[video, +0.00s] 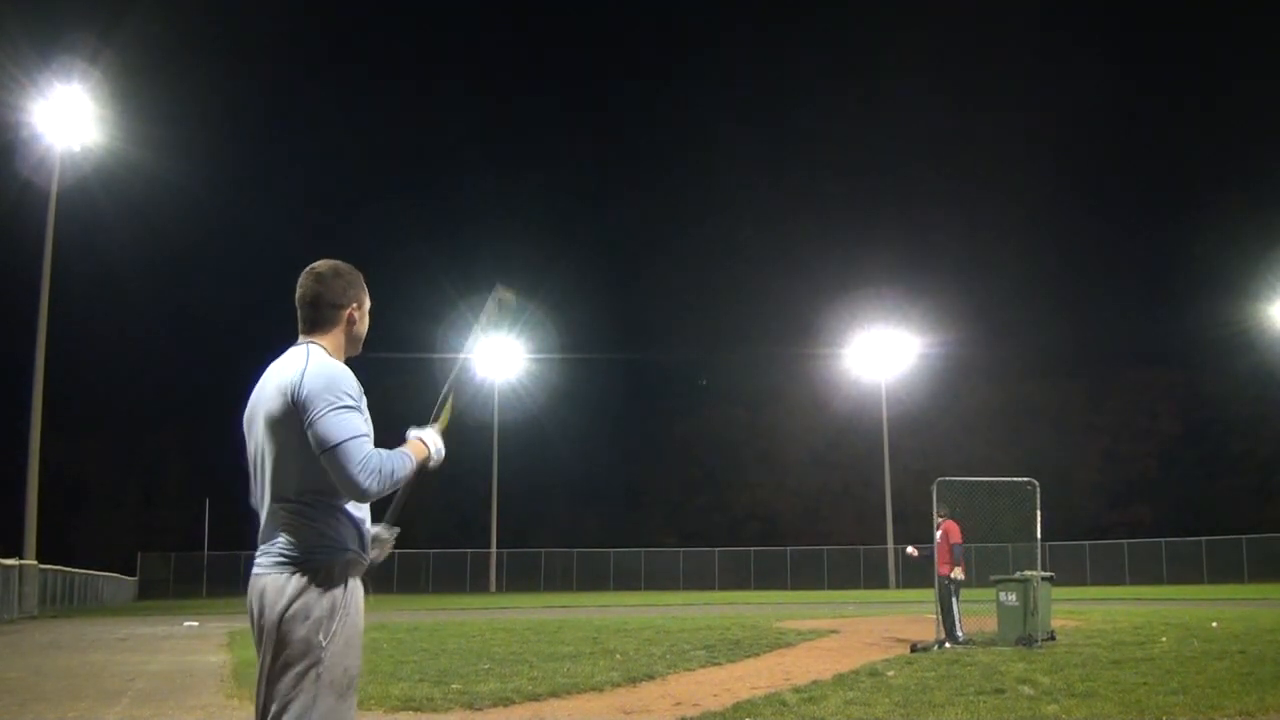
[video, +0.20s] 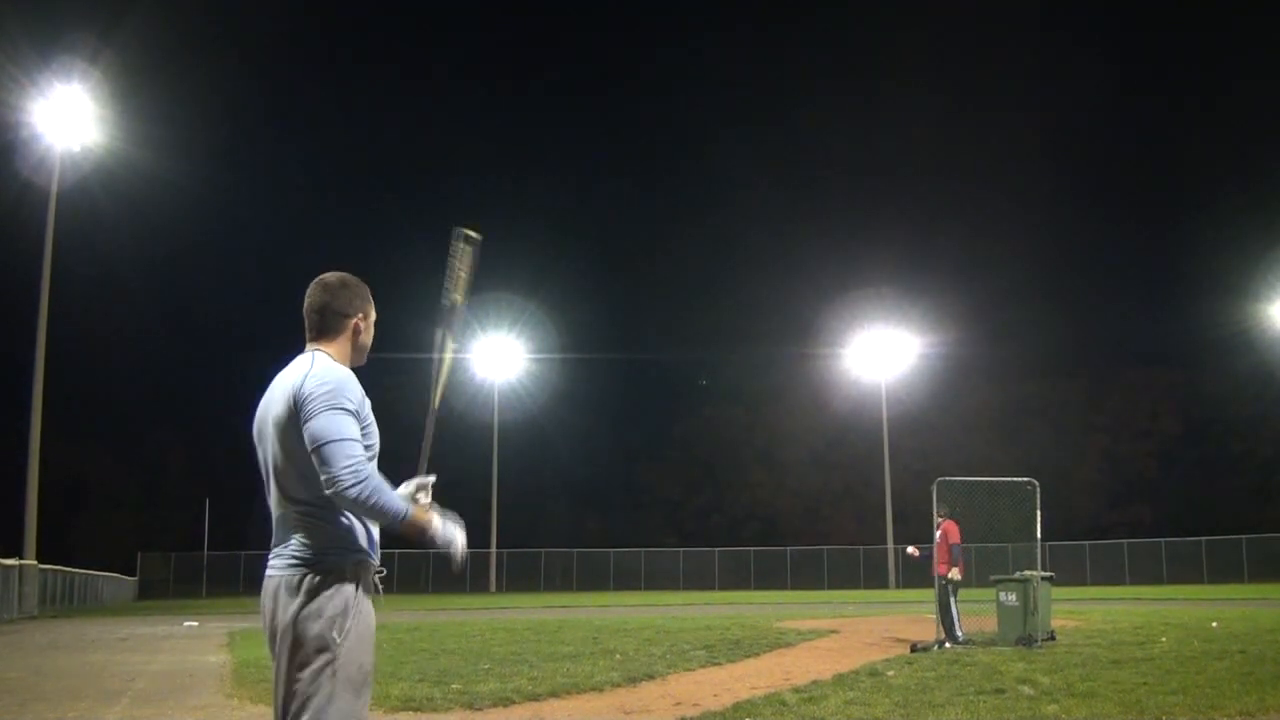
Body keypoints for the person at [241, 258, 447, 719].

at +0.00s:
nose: (367, 321)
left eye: (367, 310)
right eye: (367, 309)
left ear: (306, 311)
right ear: (353, 313)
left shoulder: (273, 380)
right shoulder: (325, 374)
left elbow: (278, 501)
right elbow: (365, 473)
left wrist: (355, 533)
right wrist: (419, 449)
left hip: (276, 583)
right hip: (317, 590)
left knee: (282, 710)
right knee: (313, 711)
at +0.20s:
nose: (372, 333)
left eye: (372, 322)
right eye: (372, 322)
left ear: (310, 321)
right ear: (358, 325)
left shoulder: (284, 387)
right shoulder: (328, 380)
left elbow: (322, 493)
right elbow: (350, 478)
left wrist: (395, 496)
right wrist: (426, 523)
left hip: (293, 588)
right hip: (328, 592)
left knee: (301, 710)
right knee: (330, 711)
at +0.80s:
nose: (434, 384)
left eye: (440, 375)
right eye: (434, 370)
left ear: (401, 349)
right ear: (404, 348)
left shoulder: (349, 384)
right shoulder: (351, 382)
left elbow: (306, 476)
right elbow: (302, 477)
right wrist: (334, 590)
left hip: (300, 580)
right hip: (326, 580)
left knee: (308, 712)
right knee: (360, 710)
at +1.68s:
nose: (356, 349)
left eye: (355, 339)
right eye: (353, 338)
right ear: (332, 343)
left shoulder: (343, 405)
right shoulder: (263, 407)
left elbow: (412, 452)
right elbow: (305, 481)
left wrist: (418, 409)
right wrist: (380, 407)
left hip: (332, 601)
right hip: (295, 608)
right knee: (355, 711)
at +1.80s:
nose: (347, 354)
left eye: (346, 344)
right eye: (344, 343)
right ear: (323, 346)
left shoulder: (333, 410)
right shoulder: (256, 407)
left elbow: (406, 452)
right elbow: (306, 474)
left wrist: (405, 397)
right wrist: (370, 392)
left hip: (325, 601)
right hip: (296, 605)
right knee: (357, 712)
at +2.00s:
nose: (339, 357)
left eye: (337, 348)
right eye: (335, 346)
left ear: (273, 347)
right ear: (314, 350)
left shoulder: (320, 419)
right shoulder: (253, 409)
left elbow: (396, 463)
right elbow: (303, 465)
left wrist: (388, 404)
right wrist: (356, 396)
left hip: (325, 605)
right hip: (303, 609)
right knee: (363, 712)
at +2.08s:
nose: (336, 359)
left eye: (334, 349)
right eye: (333, 348)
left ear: (271, 349)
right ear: (315, 352)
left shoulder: (315, 421)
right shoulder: (252, 410)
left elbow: (394, 468)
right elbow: (299, 461)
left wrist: (387, 408)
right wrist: (355, 397)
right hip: (305, 610)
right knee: (365, 712)